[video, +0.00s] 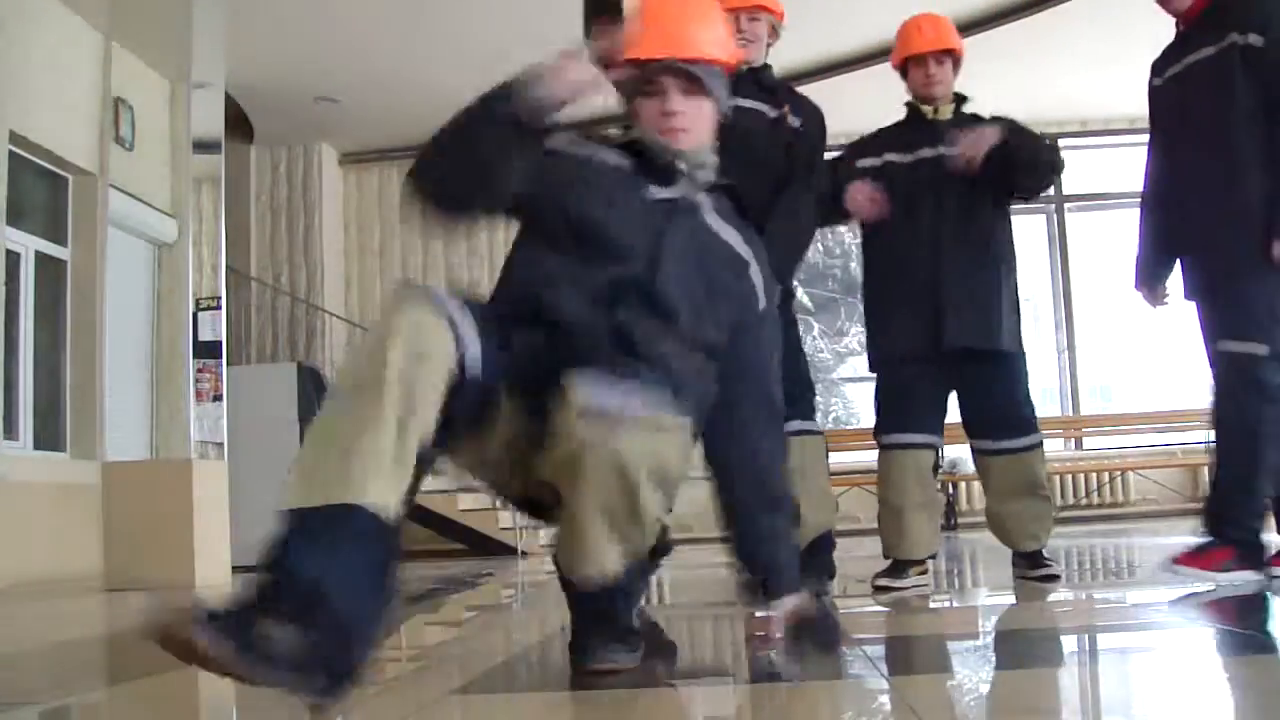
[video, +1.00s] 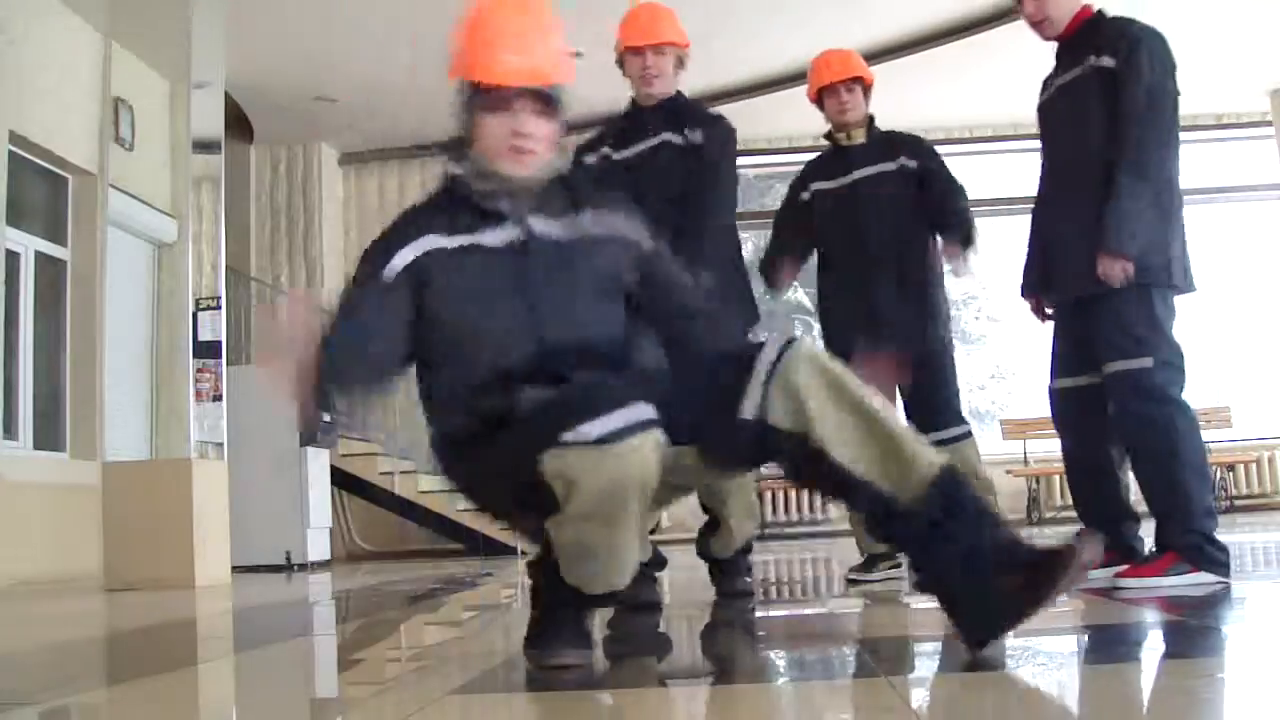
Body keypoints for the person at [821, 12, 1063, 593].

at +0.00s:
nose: (932, 72)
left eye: (942, 61)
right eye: (919, 64)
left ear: (958, 66)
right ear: (902, 72)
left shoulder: (991, 136)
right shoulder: (871, 150)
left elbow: (1045, 169)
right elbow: (807, 199)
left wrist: (1003, 139)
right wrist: (843, 194)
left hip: (986, 321)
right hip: (905, 325)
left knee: (1011, 439)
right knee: (905, 444)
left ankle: (1029, 548)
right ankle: (907, 559)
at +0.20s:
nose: (951, 75)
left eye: (960, 64)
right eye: (938, 67)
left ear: (975, 69)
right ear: (921, 75)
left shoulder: (1007, 136)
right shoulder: (901, 146)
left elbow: (1038, 205)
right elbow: (875, 228)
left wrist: (1040, 196)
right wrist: (856, 247)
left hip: (995, 310)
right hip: (924, 313)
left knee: (1013, 427)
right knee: (914, 432)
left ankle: (1030, 546)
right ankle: (906, 552)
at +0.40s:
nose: (940, 78)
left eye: (949, 67)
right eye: (928, 70)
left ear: (965, 71)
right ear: (912, 79)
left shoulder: (998, 141)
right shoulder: (896, 152)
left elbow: (1026, 227)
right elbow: (875, 235)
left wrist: (1039, 304)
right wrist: (865, 309)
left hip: (992, 317)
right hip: (918, 322)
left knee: (1011, 433)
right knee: (905, 438)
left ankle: (1030, 547)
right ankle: (886, 546)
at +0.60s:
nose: (907, 97)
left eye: (916, 85)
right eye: (895, 89)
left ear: (931, 90)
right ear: (880, 99)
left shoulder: (969, 158)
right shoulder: (864, 173)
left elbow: (1000, 235)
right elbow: (853, 259)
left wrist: (996, 291)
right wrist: (867, 323)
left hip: (966, 329)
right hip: (893, 335)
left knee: (1000, 441)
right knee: (888, 457)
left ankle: (1029, 549)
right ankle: (879, 569)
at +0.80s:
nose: (862, 100)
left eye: (871, 89)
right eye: (850, 93)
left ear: (889, 95)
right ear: (837, 104)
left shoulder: (928, 158)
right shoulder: (827, 180)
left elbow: (968, 226)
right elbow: (819, 262)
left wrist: (996, 287)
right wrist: (812, 325)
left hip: (936, 323)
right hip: (866, 332)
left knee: (966, 434)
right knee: (871, 446)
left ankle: (1000, 540)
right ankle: (882, 552)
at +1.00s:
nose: (844, 99)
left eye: (851, 88)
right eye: (832, 93)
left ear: (867, 92)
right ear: (818, 104)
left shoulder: (910, 151)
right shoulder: (813, 177)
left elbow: (951, 206)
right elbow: (787, 243)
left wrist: (955, 236)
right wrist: (778, 270)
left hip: (918, 319)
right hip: (850, 328)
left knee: (942, 428)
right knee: (861, 440)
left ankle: (983, 541)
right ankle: (879, 552)